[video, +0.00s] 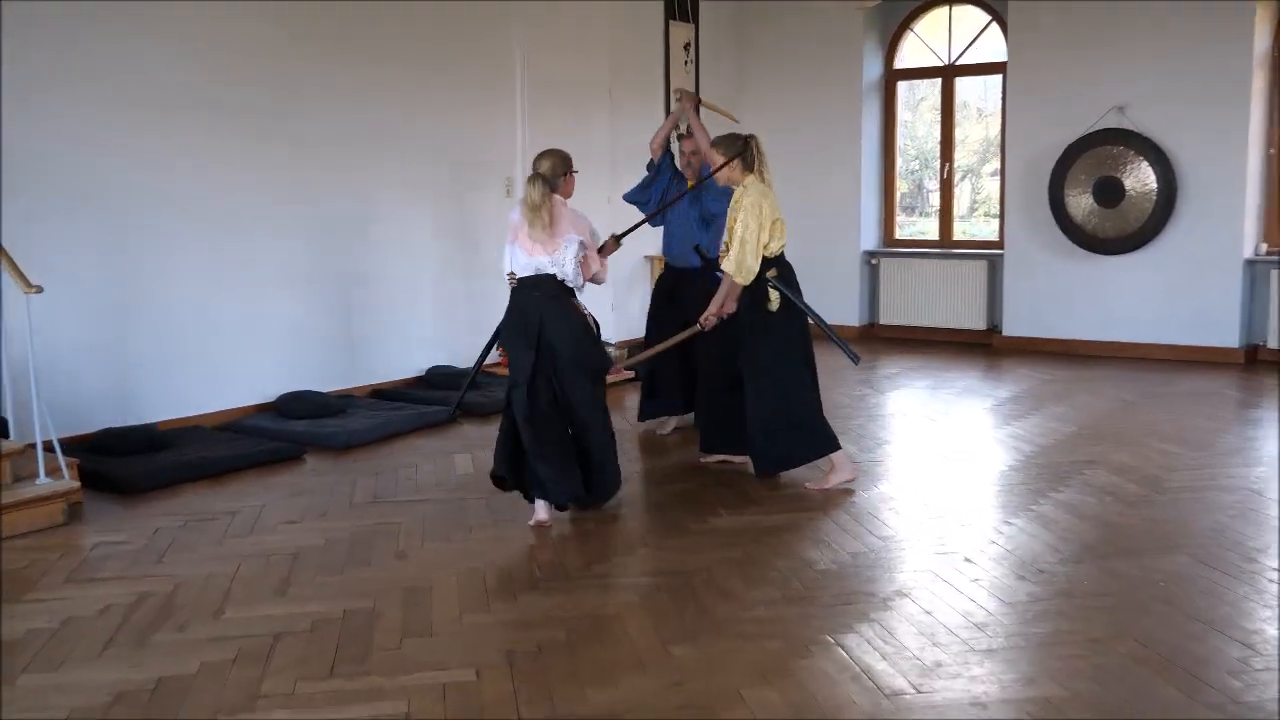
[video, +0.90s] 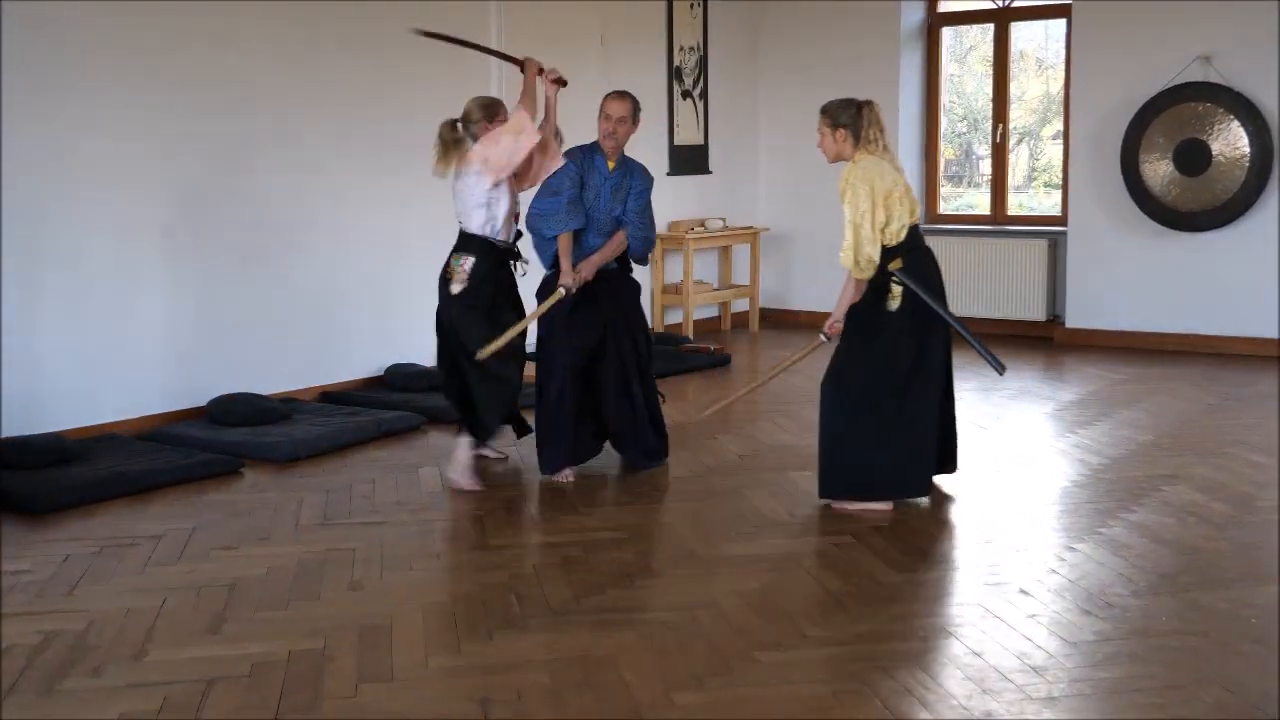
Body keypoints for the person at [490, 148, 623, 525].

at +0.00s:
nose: (575, 180)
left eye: (573, 174)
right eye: (573, 175)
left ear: (538, 178)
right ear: (565, 179)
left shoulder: (518, 217)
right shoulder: (577, 220)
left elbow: (512, 273)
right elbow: (595, 274)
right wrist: (602, 254)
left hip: (521, 309)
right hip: (562, 310)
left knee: (531, 400)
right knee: (570, 395)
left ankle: (540, 498)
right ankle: (576, 483)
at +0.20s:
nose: (570, 174)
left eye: (569, 168)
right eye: (569, 169)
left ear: (530, 171)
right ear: (561, 174)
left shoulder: (506, 210)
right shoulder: (571, 216)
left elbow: (499, 262)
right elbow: (580, 266)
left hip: (510, 306)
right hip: (552, 307)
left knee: (517, 402)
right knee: (556, 396)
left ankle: (536, 501)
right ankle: (564, 487)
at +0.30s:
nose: (565, 172)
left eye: (562, 166)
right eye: (563, 167)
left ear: (523, 169)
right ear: (556, 171)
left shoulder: (499, 207)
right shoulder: (568, 210)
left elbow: (496, 240)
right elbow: (575, 248)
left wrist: (510, 190)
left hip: (507, 303)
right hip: (550, 302)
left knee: (516, 400)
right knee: (556, 393)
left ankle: (530, 499)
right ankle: (558, 484)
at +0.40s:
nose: (552, 163)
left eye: (547, 158)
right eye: (549, 158)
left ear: (510, 164)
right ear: (543, 164)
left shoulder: (496, 198)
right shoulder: (563, 197)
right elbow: (568, 216)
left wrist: (498, 155)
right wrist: (538, 173)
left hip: (508, 295)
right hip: (550, 295)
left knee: (511, 390)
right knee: (554, 385)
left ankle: (514, 481)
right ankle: (557, 482)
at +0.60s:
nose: (519, 147)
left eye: (518, 144)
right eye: (516, 143)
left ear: (481, 156)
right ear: (510, 149)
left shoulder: (480, 194)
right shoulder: (532, 182)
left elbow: (505, 154)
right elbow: (561, 169)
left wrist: (530, 117)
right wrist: (550, 122)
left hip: (493, 287)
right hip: (533, 286)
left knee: (507, 373)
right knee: (546, 376)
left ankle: (485, 460)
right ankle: (537, 480)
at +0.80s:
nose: (515, 125)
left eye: (512, 120)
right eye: (511, 120)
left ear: (480, 129)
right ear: (501, 126)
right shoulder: (501, 157)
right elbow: (552, 116)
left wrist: (551, 86)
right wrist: (532, 71)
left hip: (480, 267)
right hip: (499, 267)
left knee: (510, 360)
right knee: (523, 359)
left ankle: (533, 457)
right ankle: (525, 465)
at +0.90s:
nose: (508, 127)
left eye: (507, 121)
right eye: (504, 122)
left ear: (482, 128)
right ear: (487, 127)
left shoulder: (495, 168)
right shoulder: (478, 158)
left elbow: (541, 156)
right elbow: (522, 126)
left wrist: (551, 99)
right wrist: (530, 77)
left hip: (491, 267)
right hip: (476, 268)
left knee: (501, 354)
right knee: (494, 359)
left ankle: (483, 434)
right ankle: (462, 456)